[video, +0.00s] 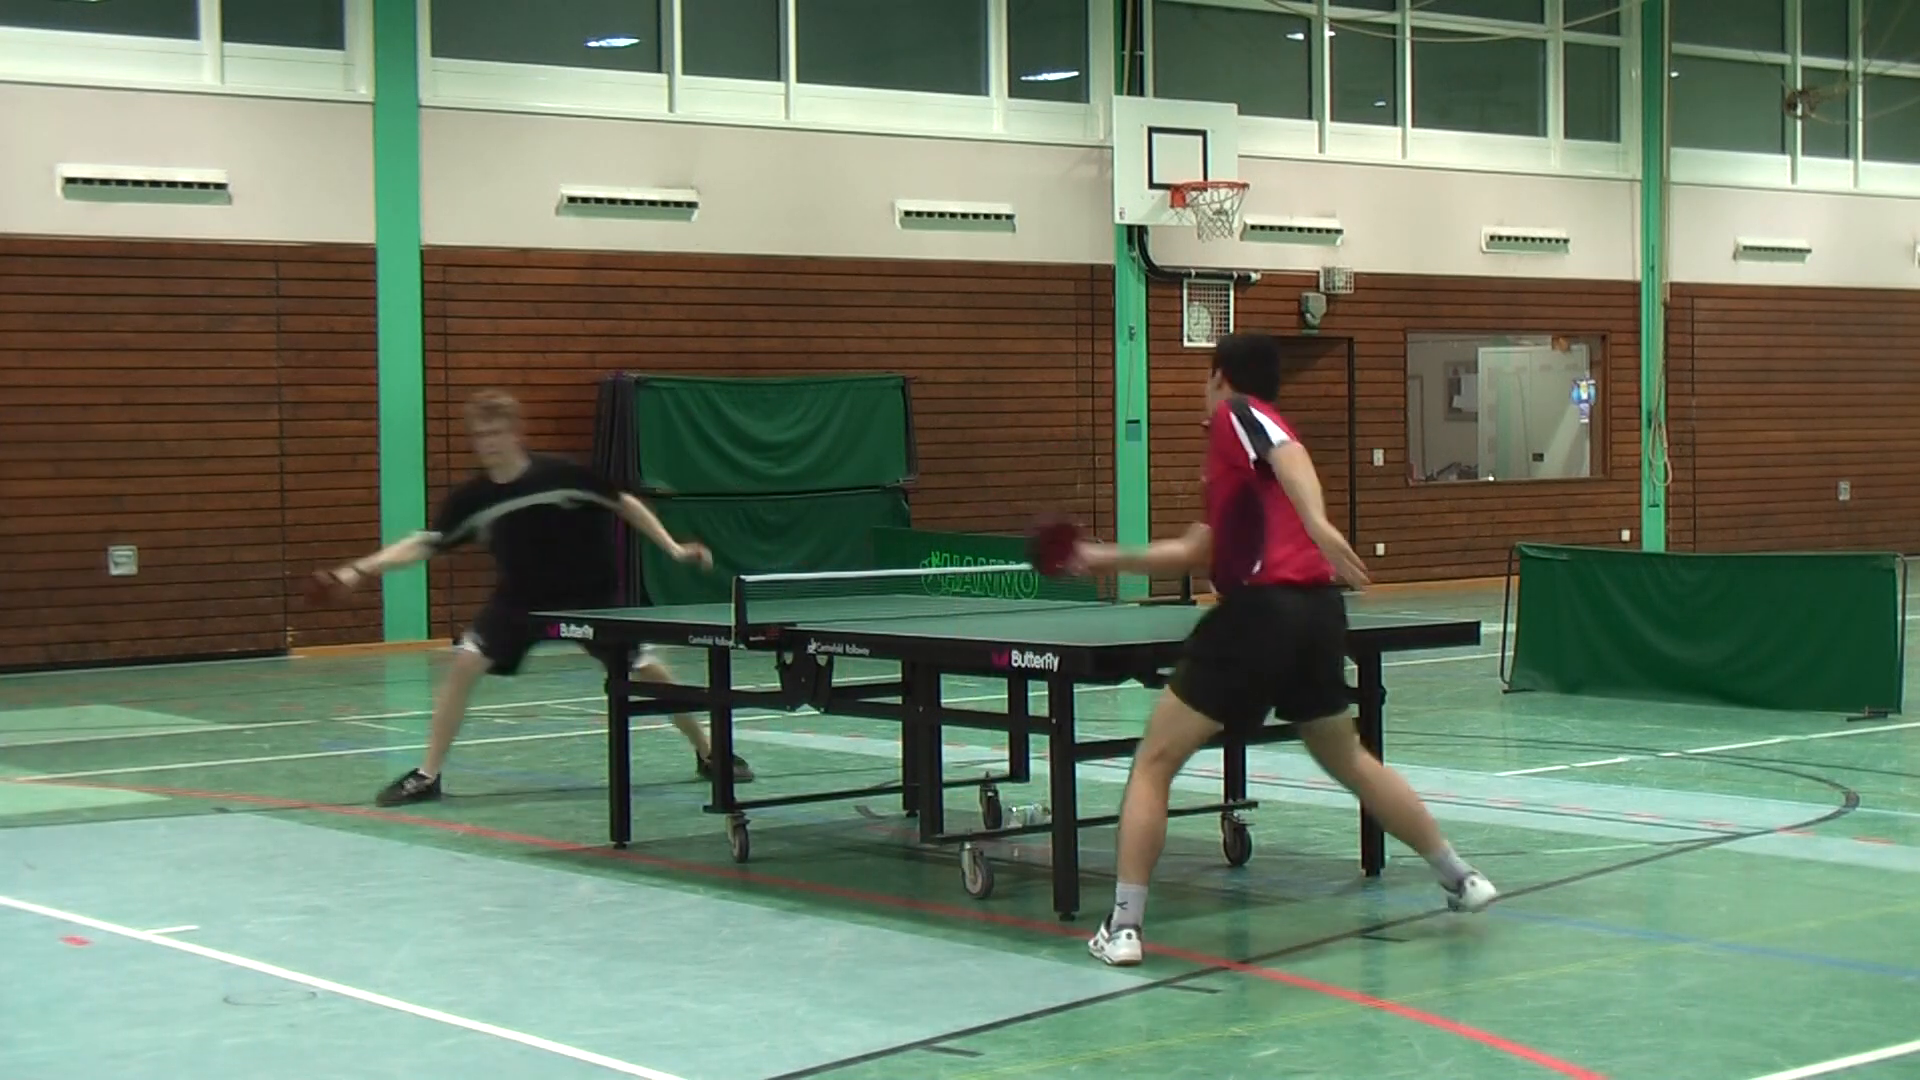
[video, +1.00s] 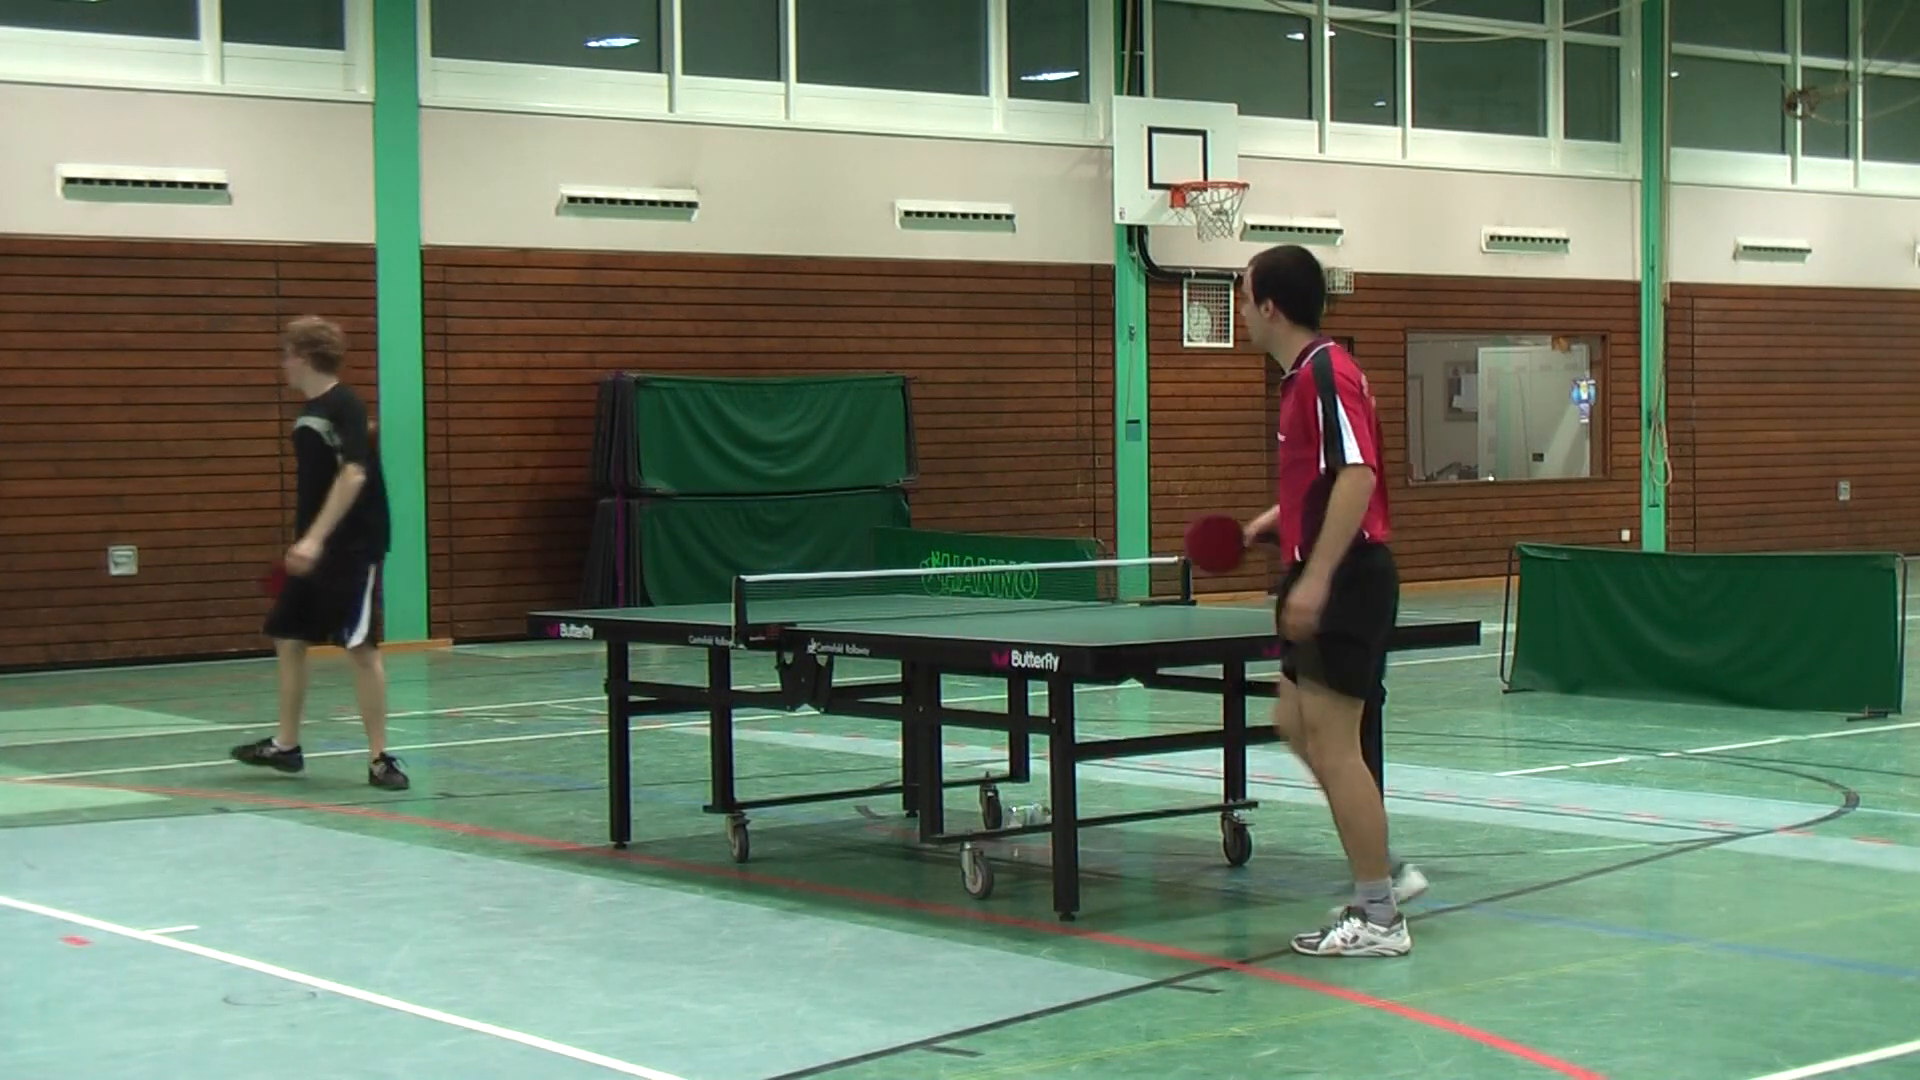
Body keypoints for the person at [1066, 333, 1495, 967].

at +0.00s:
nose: (1205, 389)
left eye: (1208, 379)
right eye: (1209, 380)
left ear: (1222, 380)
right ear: (1262, 385)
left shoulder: (1236, 411)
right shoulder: (1253, 436)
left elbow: (1287, 454)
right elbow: (1200, 549)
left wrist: (1318, 526)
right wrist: (1108, 557)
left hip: (1256, 616)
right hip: (1317, 615)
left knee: (1155, 764)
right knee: (1350, 760)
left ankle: (1124, 928)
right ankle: (1460, 877)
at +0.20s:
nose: (1257, 382)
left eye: (1259, 369)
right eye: (1259, 369)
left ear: (1279, 367)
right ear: (1319, 368)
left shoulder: (1309, 417)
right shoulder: (1345, 418)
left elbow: (1338, 505)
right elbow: (1323, 542)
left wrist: (1313, 602)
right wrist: (1240, 573)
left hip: (1347, 609)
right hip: (1394, 608)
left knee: (1242, 756)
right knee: (1388, 753)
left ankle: (1188, 917)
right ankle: (1459, 888)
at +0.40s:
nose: (1289, 361)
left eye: (1289, 348)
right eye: (1288, 349)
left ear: (1309, 345)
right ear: (1353, 344)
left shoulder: (1336, 399)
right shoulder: (1394, 398)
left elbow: (1344, 490)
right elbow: (1414, 496)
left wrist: (1299, 592)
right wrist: (1353, 576)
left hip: (1374, 591)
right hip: (1431, 587)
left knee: (1305, 751)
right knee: (1412, 735)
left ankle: (1357, 909)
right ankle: (1462, 887)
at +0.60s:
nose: (1285, 346)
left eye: (1286, 334)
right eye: (1286, 334)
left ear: (1306, 333)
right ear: (1351, 332)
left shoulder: (1336, 394)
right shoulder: (1393, 387)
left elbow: (1362, 491)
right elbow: (1446, 481)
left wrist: (1333, 591)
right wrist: (1398, 549)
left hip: (1381, 590)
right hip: (1432, 585)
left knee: (1313, 751)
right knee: (1420, 735)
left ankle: (1376, 910)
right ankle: (1461, 888)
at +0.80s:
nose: (1266, 339)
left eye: (1268, 327)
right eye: (1267, 326)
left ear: (1289, 329)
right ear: (1331, 327)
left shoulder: (1331, 393)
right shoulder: (1370, 386)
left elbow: (1368, 497)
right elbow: (1407, 484)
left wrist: (1363, 602)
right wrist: (1330, 568)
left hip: (1351, 592)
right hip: (1398, 588)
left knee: (1304, 756)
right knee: (1393, 736)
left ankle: (1375, 917)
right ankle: (1444, 884)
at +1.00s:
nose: (1239, 313)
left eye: (1243, 300)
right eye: (1241, 300)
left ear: (1268, 305)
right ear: (1293, 305)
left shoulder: (1326, 369)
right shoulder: (1303, 374)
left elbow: (1359, 474)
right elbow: (1318, 477)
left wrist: (1316, 576)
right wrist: (1259, 526)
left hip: (1349, 573)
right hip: (1325, 569)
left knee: (1335, 740)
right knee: (1294, 723)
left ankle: (1378, 916)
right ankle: (1384, 868)